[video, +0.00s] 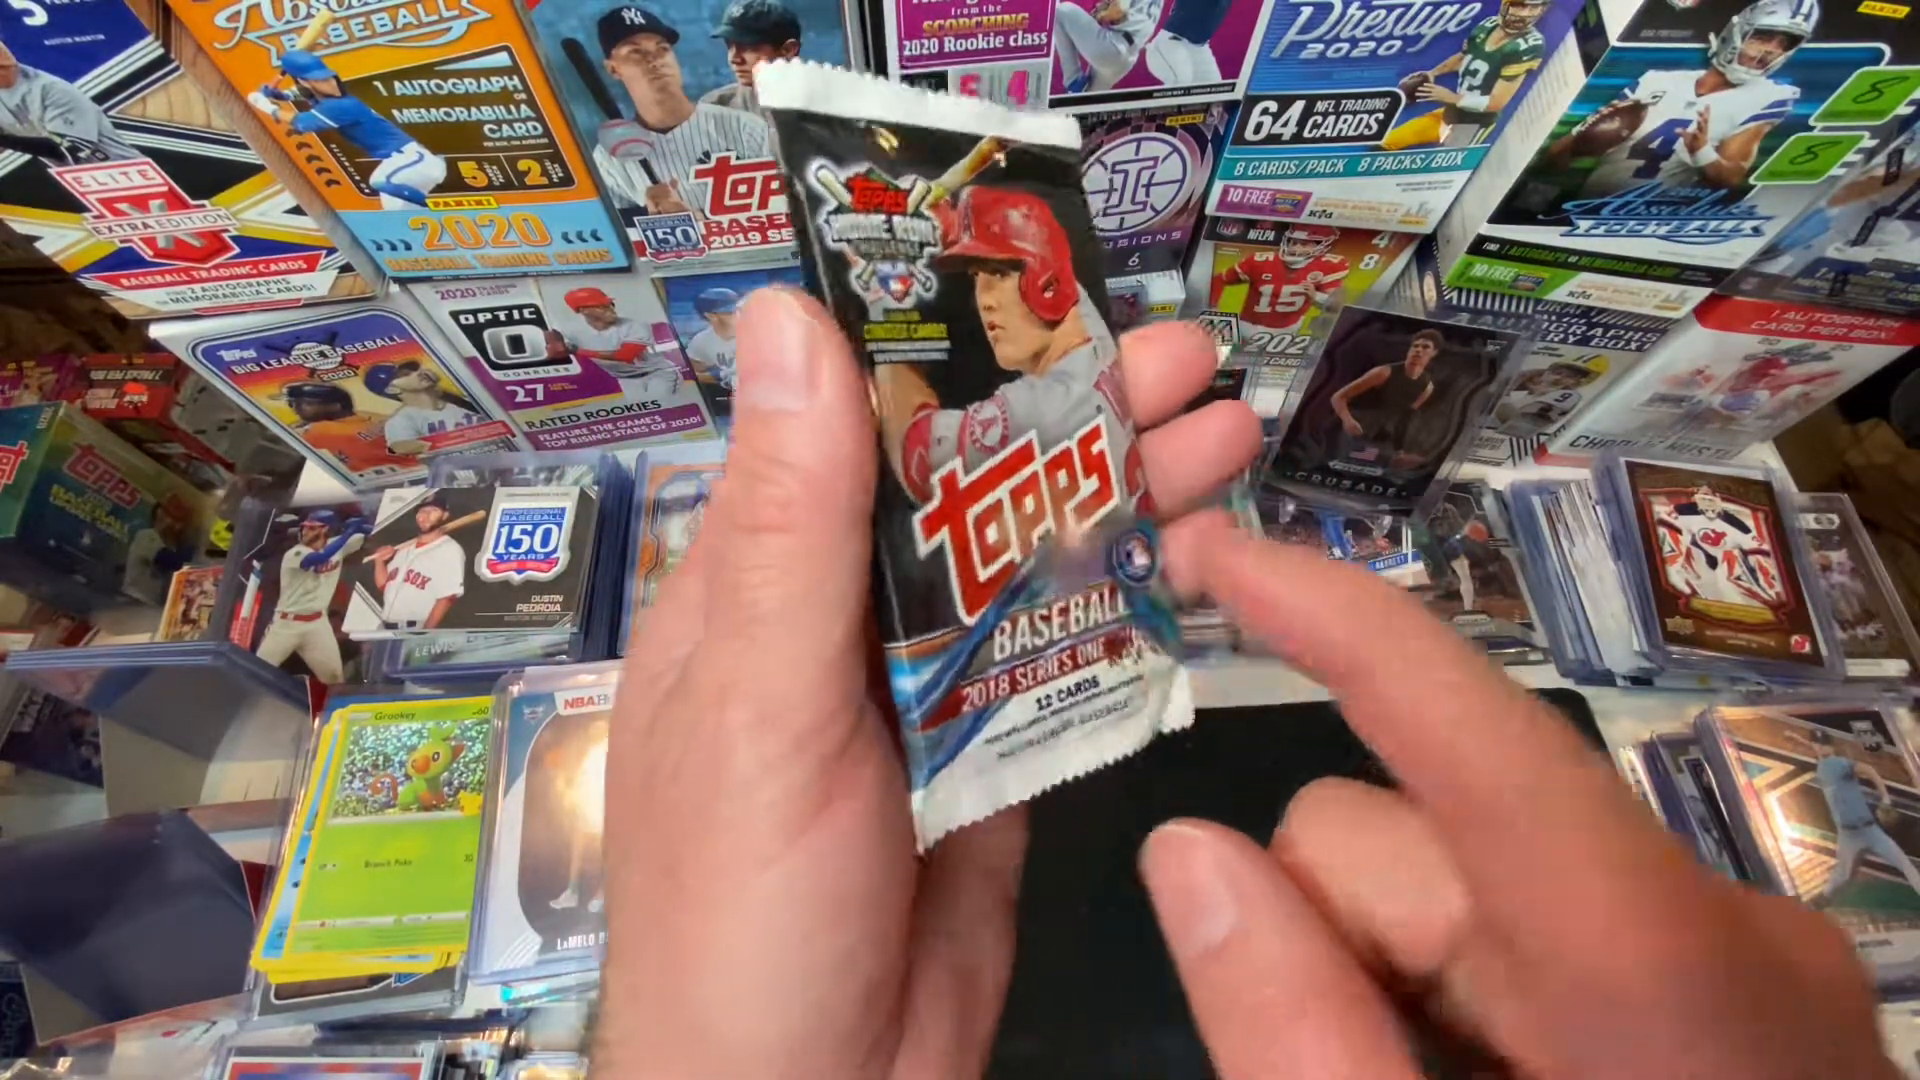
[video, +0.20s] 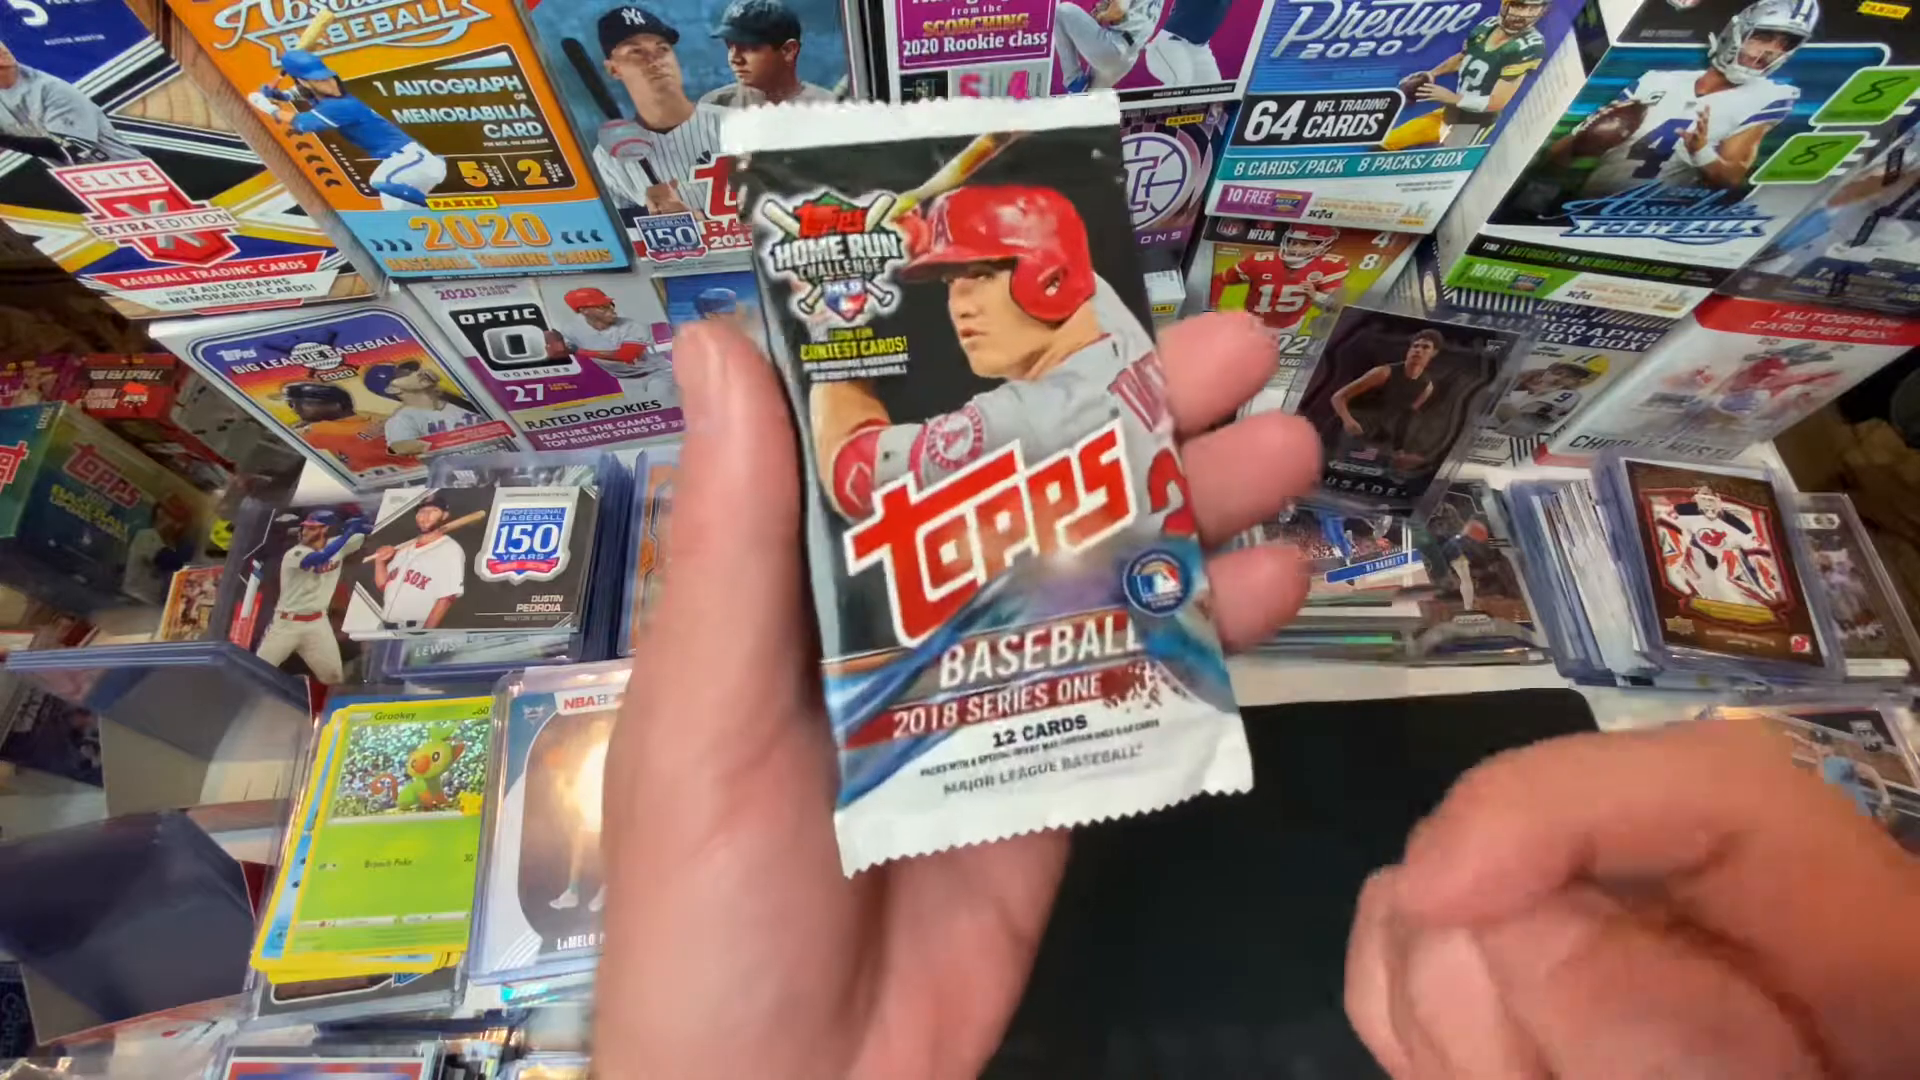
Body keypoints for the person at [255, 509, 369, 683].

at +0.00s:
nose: (303, 531)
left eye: (309, 528)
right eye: (304, 527)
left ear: (323, 531)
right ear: (303, 529)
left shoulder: (337, 548)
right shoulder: (294, 554)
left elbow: (368, 532)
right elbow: (320, 559)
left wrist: (357, 524)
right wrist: (348, 534)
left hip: (317, 625)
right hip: (285, 624)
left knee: (334, 677)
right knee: (258, 670)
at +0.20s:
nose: (303, 531)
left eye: (309, 528)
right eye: (303, 527)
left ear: (323, 530)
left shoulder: (337, 550)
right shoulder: (293, 555)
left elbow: (366, 533)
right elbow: (320, 559)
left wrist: (355, 523)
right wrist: (346, 537)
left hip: (317, 624)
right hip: (285, 624)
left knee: (333, 676)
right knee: (259, 670)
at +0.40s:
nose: (303, 532)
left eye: (309, 528)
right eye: (304, 528)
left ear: (323, 531)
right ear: (302, 530)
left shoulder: (337, 548)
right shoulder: (293, 554)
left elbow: (369, 533)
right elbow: (320, 559)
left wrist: (357, 522)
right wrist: (347, 536)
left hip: (317, 625)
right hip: (285, 624)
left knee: (333, 678)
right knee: (258, 670)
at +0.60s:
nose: (303, 532)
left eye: (309, 528)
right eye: (304, 528)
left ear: (323, 531)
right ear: (303, 530)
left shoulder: (337, 548)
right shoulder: (294, 554)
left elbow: (367, 532)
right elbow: (320, 559)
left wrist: (357, 522)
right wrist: (347, 536)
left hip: (317, 625)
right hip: (285, 624)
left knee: (333, 677)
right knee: (259, 670)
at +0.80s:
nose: (303, 532)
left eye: (309, 528)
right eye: (304, 528)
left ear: (323, 531)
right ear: (303, 530)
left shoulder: (337, 548)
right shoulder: (294, 554)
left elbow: (368, 532)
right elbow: (320, 559)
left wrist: (357, 522)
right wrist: (347, 535)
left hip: (317, 625)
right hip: (285, 624)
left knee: (333, 676)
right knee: (259, 670)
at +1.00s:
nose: (303, 532)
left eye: (309, 528)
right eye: (304, 528)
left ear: (323, 530)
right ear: (302, 529)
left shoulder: (338, 547)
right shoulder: (293, 554)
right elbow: (319, 558)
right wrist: (349, 534)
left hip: (318, 624)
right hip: (286, 624)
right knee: (261, 666)